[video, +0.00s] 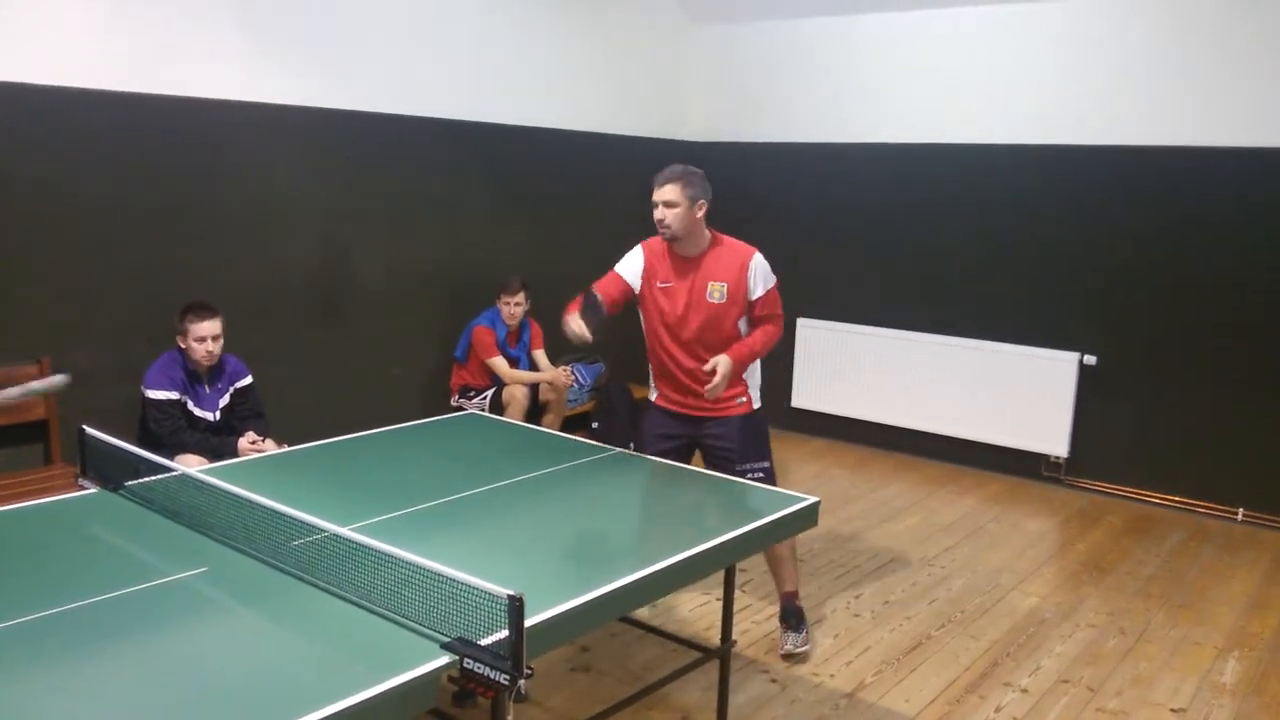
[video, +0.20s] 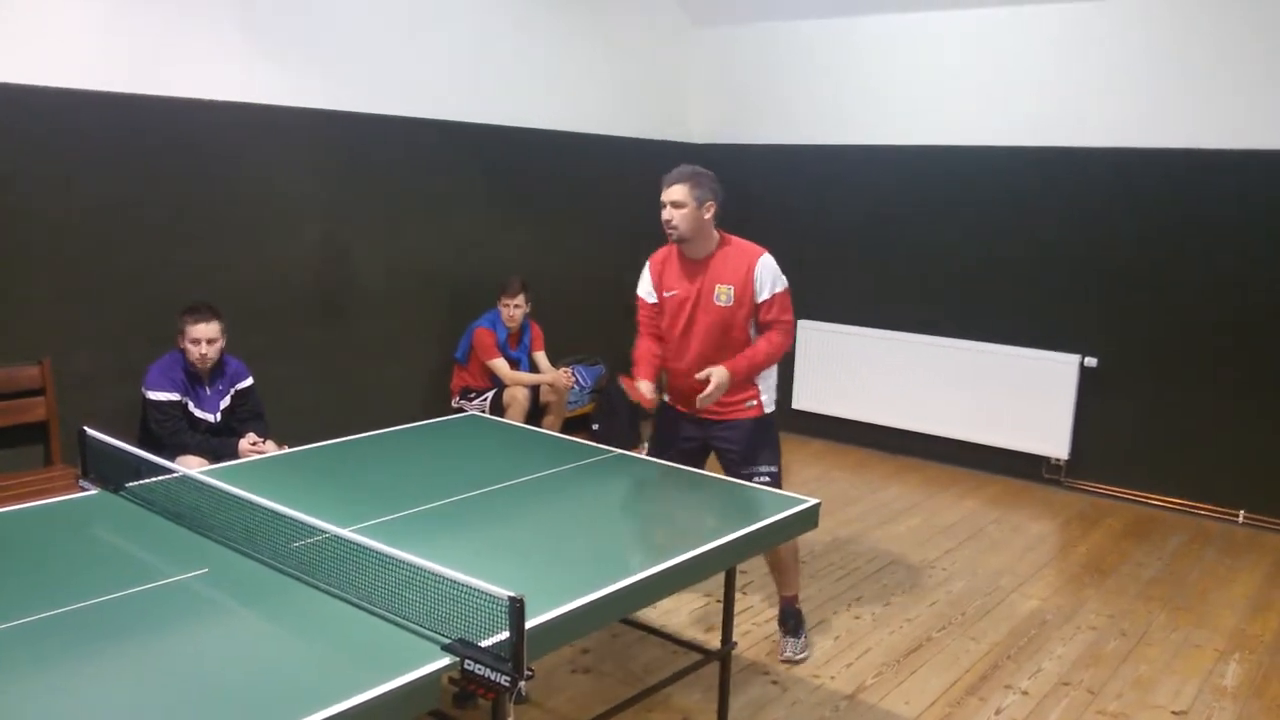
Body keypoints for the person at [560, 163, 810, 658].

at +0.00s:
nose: (658, 216)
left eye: (668, 207)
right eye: (655, 206)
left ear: (699, 209)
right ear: (656, 209)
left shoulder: (745, 261)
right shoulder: (647, 255)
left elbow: (771, 324)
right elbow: (599, 296)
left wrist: (734, 358)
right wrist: (577, 316)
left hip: (732, 412)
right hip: (667, 408)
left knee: (763, 507)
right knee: (639, 497)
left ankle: (791, 611)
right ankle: (623, 584)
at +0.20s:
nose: (665, 215)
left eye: (676, 207)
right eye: (663, 206)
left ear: (709, 210)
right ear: (664, 210)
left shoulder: (755, 263)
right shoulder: (657, 267)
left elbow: (781, 334)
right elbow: (648, 334)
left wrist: (731, 371)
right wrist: (646, 378)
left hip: (742, 417)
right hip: (677, 415)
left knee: (768, 512)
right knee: (653, 504)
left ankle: (790, 615)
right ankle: (626, 589)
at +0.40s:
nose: (688, 215)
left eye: (699, 206)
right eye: (686, 206)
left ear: (733, 211)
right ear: (688, 211)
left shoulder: (776, 270)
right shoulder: (688, 267)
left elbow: (791, 350)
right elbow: (691, 334)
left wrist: (726, 385)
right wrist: (692, 375)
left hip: (775, 426)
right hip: (716, 420)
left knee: (785, 522)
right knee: (690, 509)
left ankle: (794, 617)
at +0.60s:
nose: (701, 204)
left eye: (712, 195)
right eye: (699, 195)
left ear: (746, 199)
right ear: (702, 200)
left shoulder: (789, 259)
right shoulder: (702, 256)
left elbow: (806, 337)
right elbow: (701, 322)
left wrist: (745, 373)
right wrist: (705, 361)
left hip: (792, 418)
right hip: (733, 409)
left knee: (794, 519)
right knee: (716, 500)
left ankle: (799, 616)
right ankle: (718, 580)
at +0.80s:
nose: (698, 227)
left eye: (709, 217)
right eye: (696, 217)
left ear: (743, 216)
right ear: (698, 218)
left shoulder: (794, 267)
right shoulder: (701, 271)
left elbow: (824, 343)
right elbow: (697, 336)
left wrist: (769, 394)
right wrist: (707, 385)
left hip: (800, 416)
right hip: (738, 411)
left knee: (801, 517)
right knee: (712, 499)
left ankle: (814, 615)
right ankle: (719, 579)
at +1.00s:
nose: (696, 294)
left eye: (700, 284)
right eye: (689, 286)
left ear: (723, 263)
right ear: (682, 275)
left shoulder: (788, 281)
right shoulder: (689, 300)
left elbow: (831, 345)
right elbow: (687, 348)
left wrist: (826, 413)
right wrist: (698, 402)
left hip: (810, 402)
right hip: (748, 402)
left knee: (844, 493)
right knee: (724, 490)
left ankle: (863, 593)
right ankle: (714, 584)